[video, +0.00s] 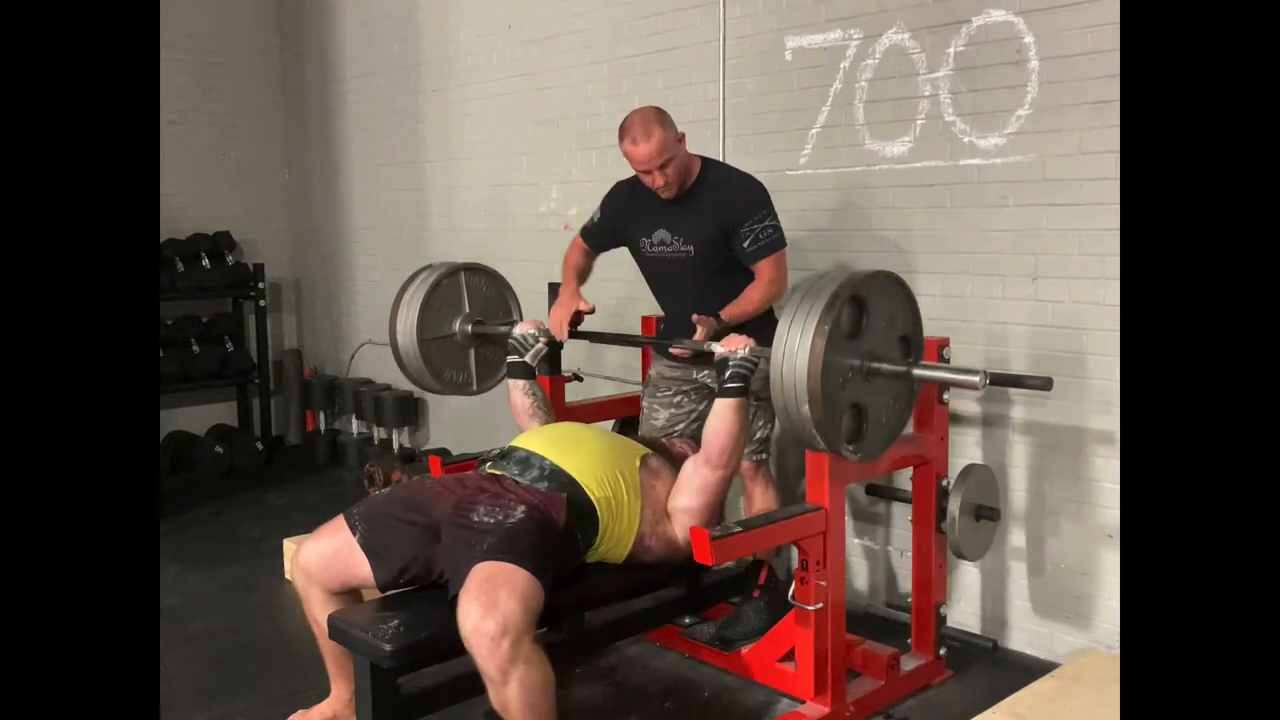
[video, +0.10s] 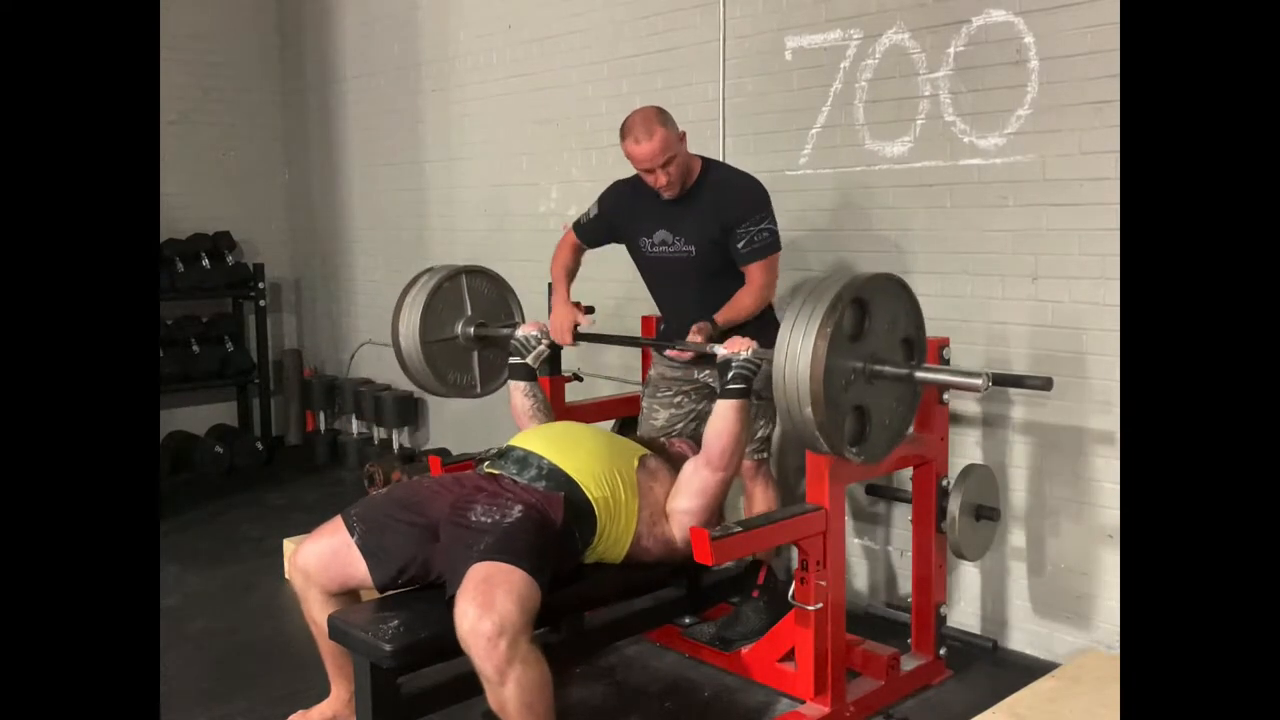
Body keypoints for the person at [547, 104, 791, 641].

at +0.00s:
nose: (656, 181)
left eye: (662, 166)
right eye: (643, 172)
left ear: (682, 140)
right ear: (628, 163)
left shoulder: (738, 192)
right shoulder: (627, 199)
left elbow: (774, 280)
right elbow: (583, 247)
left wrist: (720, 321)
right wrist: (567, 291)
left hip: (746, 347)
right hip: (677, 351)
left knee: (751, 465)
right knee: (666, 460)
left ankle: (770, 593)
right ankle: (700, 583)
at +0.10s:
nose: (659, 180)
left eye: (665, 165)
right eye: (645, 172)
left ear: (683, 139)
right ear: (629, 162)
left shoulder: (738, 192)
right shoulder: (625, 200)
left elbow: (763, 284)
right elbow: (571, 243)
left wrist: (712, 325)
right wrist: (559, 301)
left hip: (745, 346)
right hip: (677, 350)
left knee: (750, 465)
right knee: (663, 459)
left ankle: (769, 592)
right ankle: (699, 584)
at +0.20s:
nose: (667, 174)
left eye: (674, 159)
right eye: (653, 165)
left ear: (689, 140)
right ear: (636, 159)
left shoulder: (739, 194)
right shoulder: (626, 201)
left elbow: (752, 287)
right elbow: (570, 245)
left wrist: (705, 329)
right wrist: (562, 307)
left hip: (746, 346)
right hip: (680, 351)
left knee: (750, 462)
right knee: (658, 455)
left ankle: (769, 593)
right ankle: (696, 582)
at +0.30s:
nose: (680, 162)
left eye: (688, 147)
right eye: (666, 152)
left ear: (702, 133)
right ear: (648, 149)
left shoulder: (744, 188)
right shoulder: (632, 198)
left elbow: (757, 279)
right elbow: (577, 241)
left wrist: (714, 320)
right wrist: (573, 302)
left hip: (747, 348)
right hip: (677, 353)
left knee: (751, 463)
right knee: (655, 456)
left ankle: (766, 589)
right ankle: (690, 577)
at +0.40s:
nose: (689, 151)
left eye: (697, 137)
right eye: (675, 142)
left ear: (711, 127)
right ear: (656, 139)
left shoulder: (749, 181)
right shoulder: (639, 193)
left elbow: (766, 267)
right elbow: (588, 238)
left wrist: (722, 311)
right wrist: (584, 295)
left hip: (748, 347)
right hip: (679, 351)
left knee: (755, 462)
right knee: (659, 448)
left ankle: (764, 585)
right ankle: (696, 561)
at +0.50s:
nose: (694, 146)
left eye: (703, 133)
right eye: (682, 137)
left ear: (717, 124)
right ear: (663, 135)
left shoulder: (756, 178)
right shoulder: (647, 191)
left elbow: (775, 262)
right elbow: (602, 239)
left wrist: (735, 308)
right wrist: (599, 289)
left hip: (751, 349)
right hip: (680, 350)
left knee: (755, 460)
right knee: (660, 445)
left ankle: (767, 586)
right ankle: (704, 558)